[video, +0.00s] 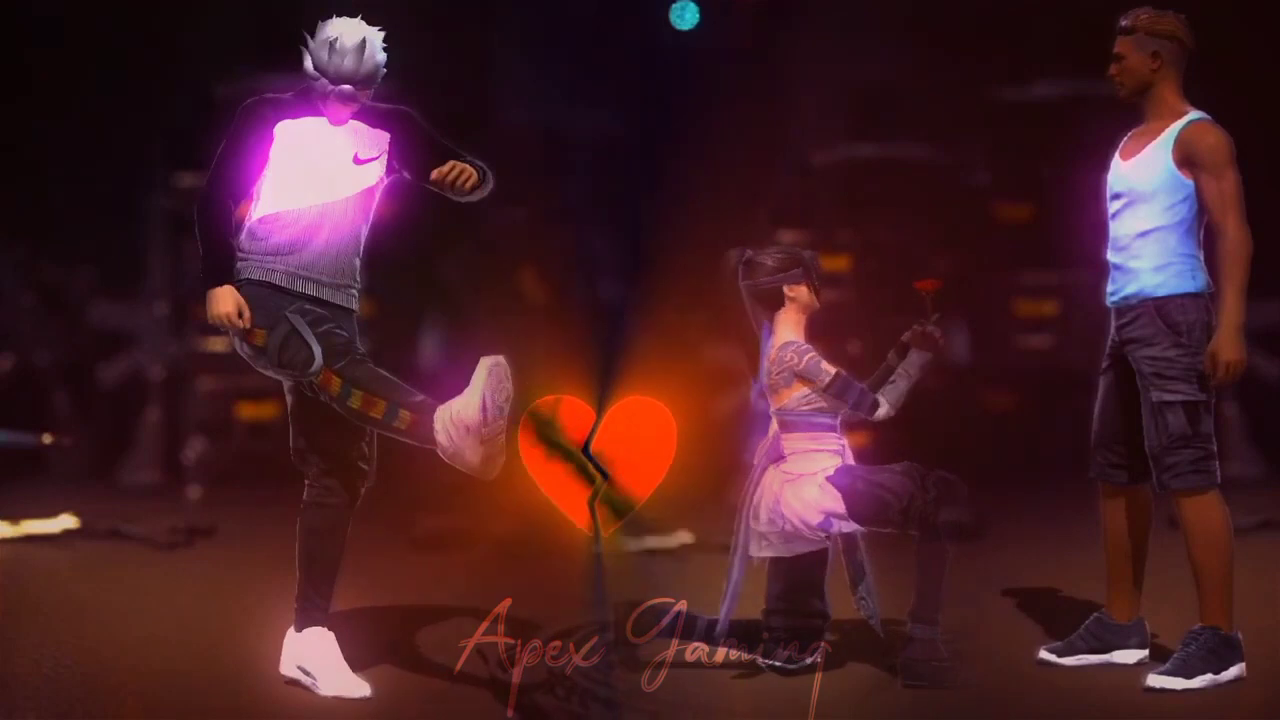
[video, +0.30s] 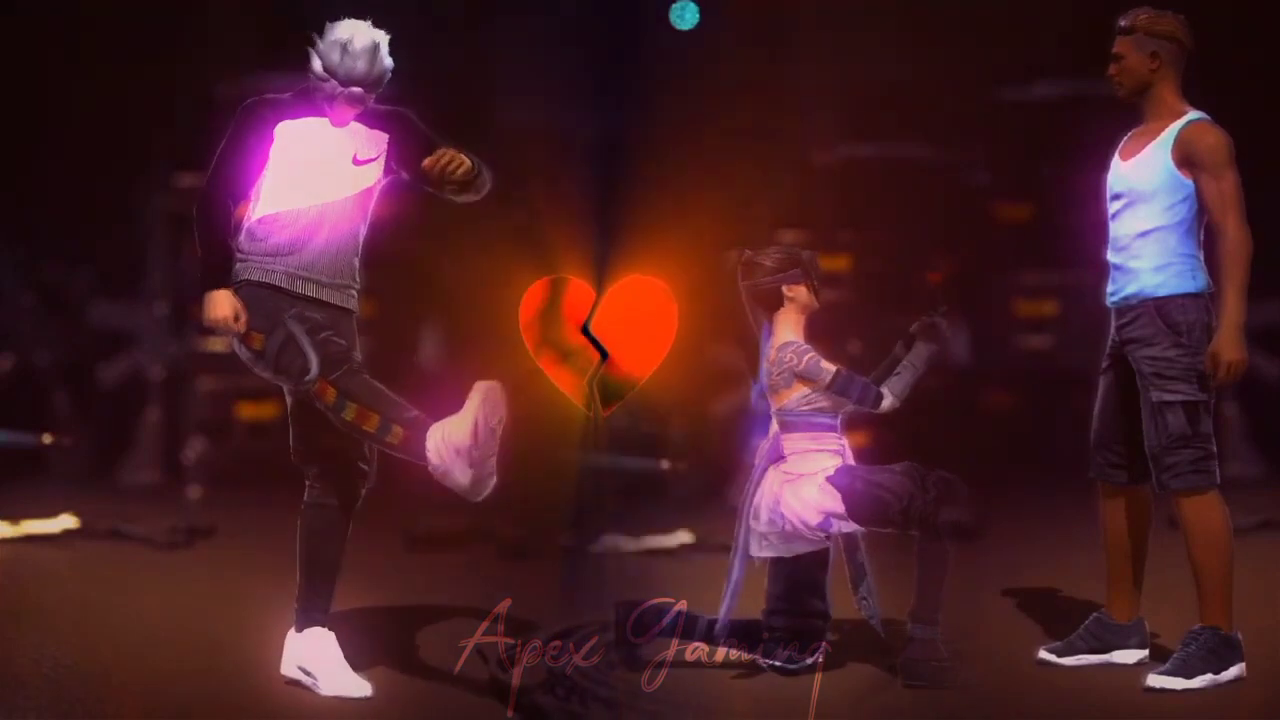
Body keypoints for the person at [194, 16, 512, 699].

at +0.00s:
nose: (345, 106)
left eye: (359, 95)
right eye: (335, 92)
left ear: (376, 82)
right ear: (313, 75)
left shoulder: (395, 127)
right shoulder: (267, 114)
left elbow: (471, 180)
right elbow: (218, 197)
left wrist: (472, 177)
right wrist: (216, 277)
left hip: (336, 307)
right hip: (260, 291)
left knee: (336, 475)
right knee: (311, 360)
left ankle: (309, 633)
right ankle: (448, 430)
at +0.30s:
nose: (358, 100)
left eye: (370, 90)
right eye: (348, 87)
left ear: (382, 82)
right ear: (322, 70)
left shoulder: (394, 130)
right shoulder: (269, 114)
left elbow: (474, 191)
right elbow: (216, 197)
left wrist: (467, 174)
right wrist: (213, 281)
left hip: (336, 308)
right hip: (261, 292)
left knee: (337, 472)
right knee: (315, 367)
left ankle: (308, 633)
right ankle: (439, 448)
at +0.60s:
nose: (351, 108)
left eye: (365, 98)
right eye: (341, 95)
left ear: (382, 89)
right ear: (320, 75)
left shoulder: (393, 130)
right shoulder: (269, 116)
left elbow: (471, 191)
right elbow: (217, 198)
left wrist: (465, 174)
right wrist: (212, 282)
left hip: (336, 308)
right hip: (261, 292)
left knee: (334, 477)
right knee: (317, 371)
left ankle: (309, 634)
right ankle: (435, 459)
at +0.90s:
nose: (357, 111)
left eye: (370, 102)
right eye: (348, 96)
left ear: (386, 93)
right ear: (329, 76)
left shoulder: (391, 133)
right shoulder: (269, 115)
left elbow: (460, 202)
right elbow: (218, 200)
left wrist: (458, 179)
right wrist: (209, 285)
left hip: (334, 308)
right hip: (262, 293)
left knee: (335, 470)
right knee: (317, 393)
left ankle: (309, 634)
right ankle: (415, 493)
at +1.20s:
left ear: (389, 84)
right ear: (333, 67)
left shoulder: (392, 135)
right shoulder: (270, 116)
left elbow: (446, 211)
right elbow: (219, 202)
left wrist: (456, 192)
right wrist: (207, 287)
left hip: (335, 310)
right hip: (263, 295)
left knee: (345, 461)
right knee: (313, 407)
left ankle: (308, 635)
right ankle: (400, 519)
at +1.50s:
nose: (357, 117)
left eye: (370, 107)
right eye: (348, 102)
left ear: (386, 98)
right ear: (329, 80)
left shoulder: (391, 136)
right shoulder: (270, 118)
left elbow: (445, 213)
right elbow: (219, 202)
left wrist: (456, 194)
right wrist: (207, 287)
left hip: (334, 309)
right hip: (263, 294)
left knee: (344, 461)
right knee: (311, 408)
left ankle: (308, 635)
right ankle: (397, 520)